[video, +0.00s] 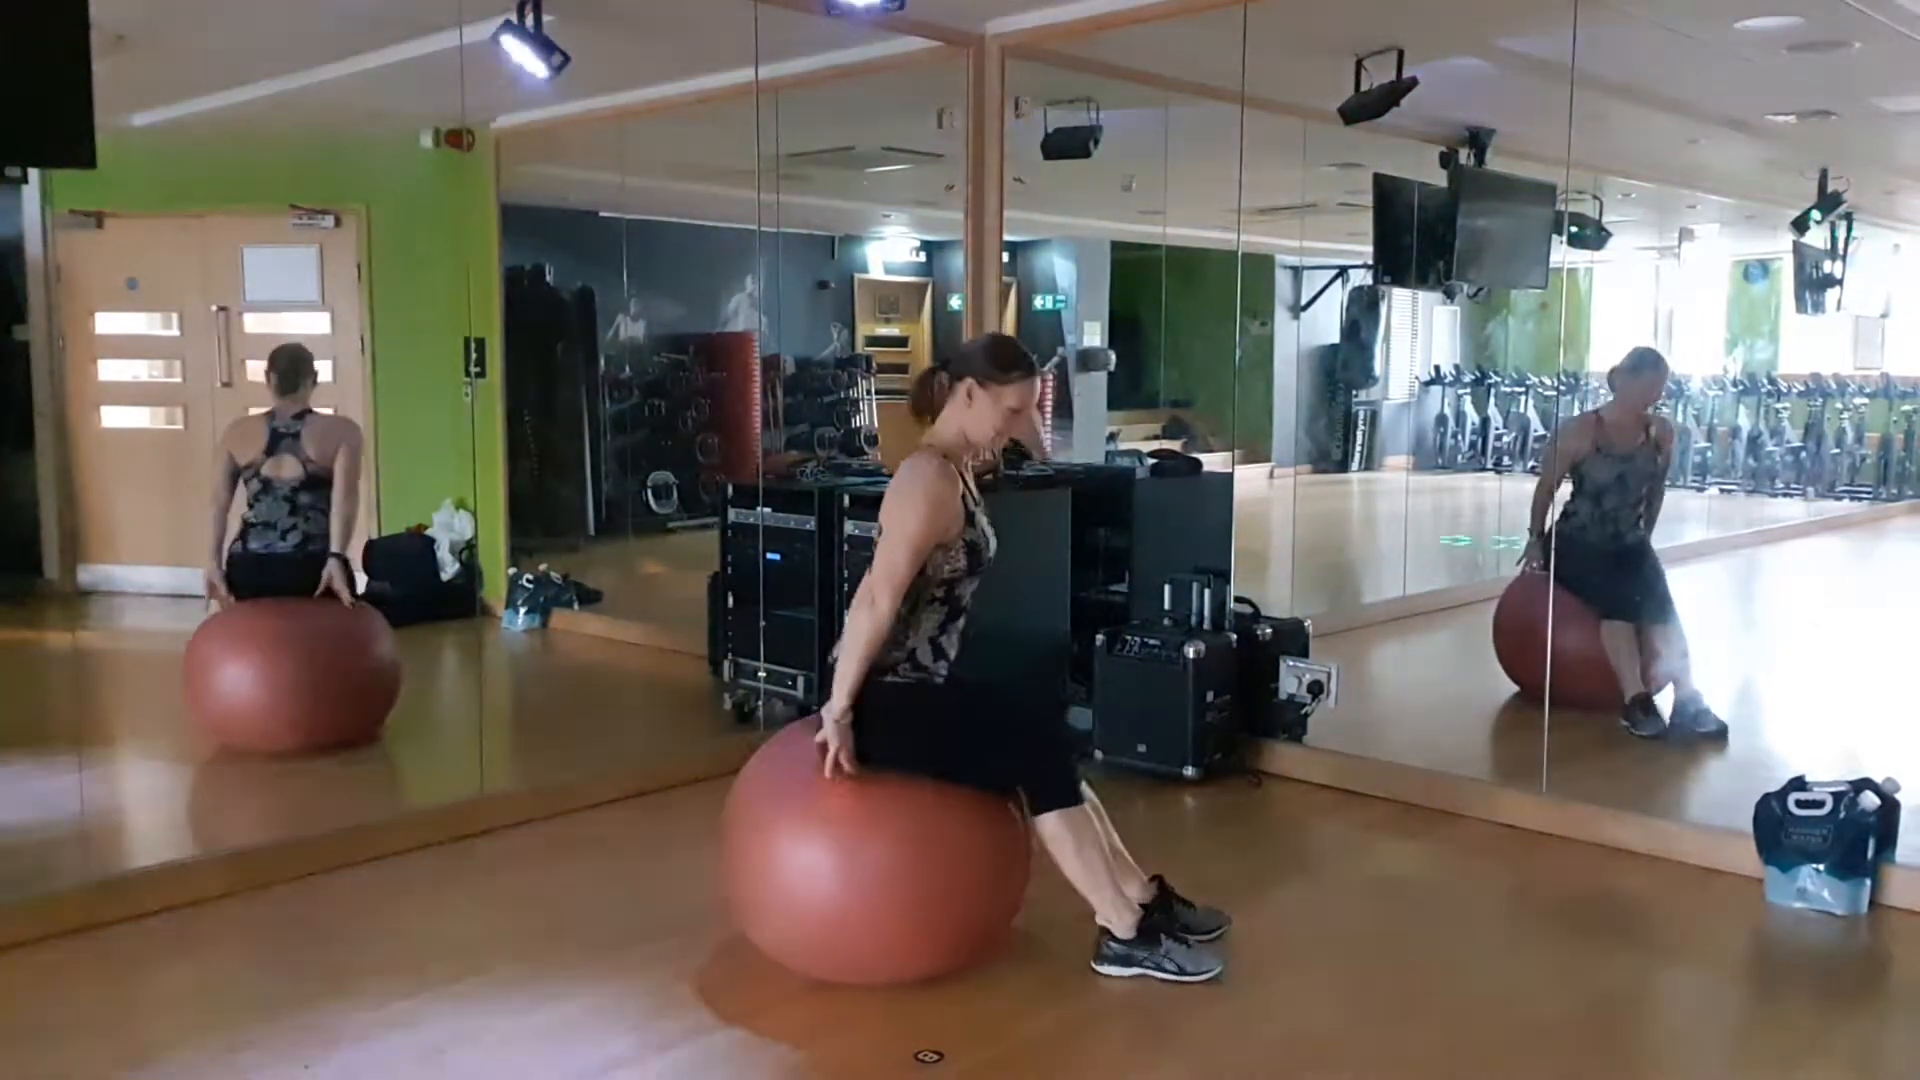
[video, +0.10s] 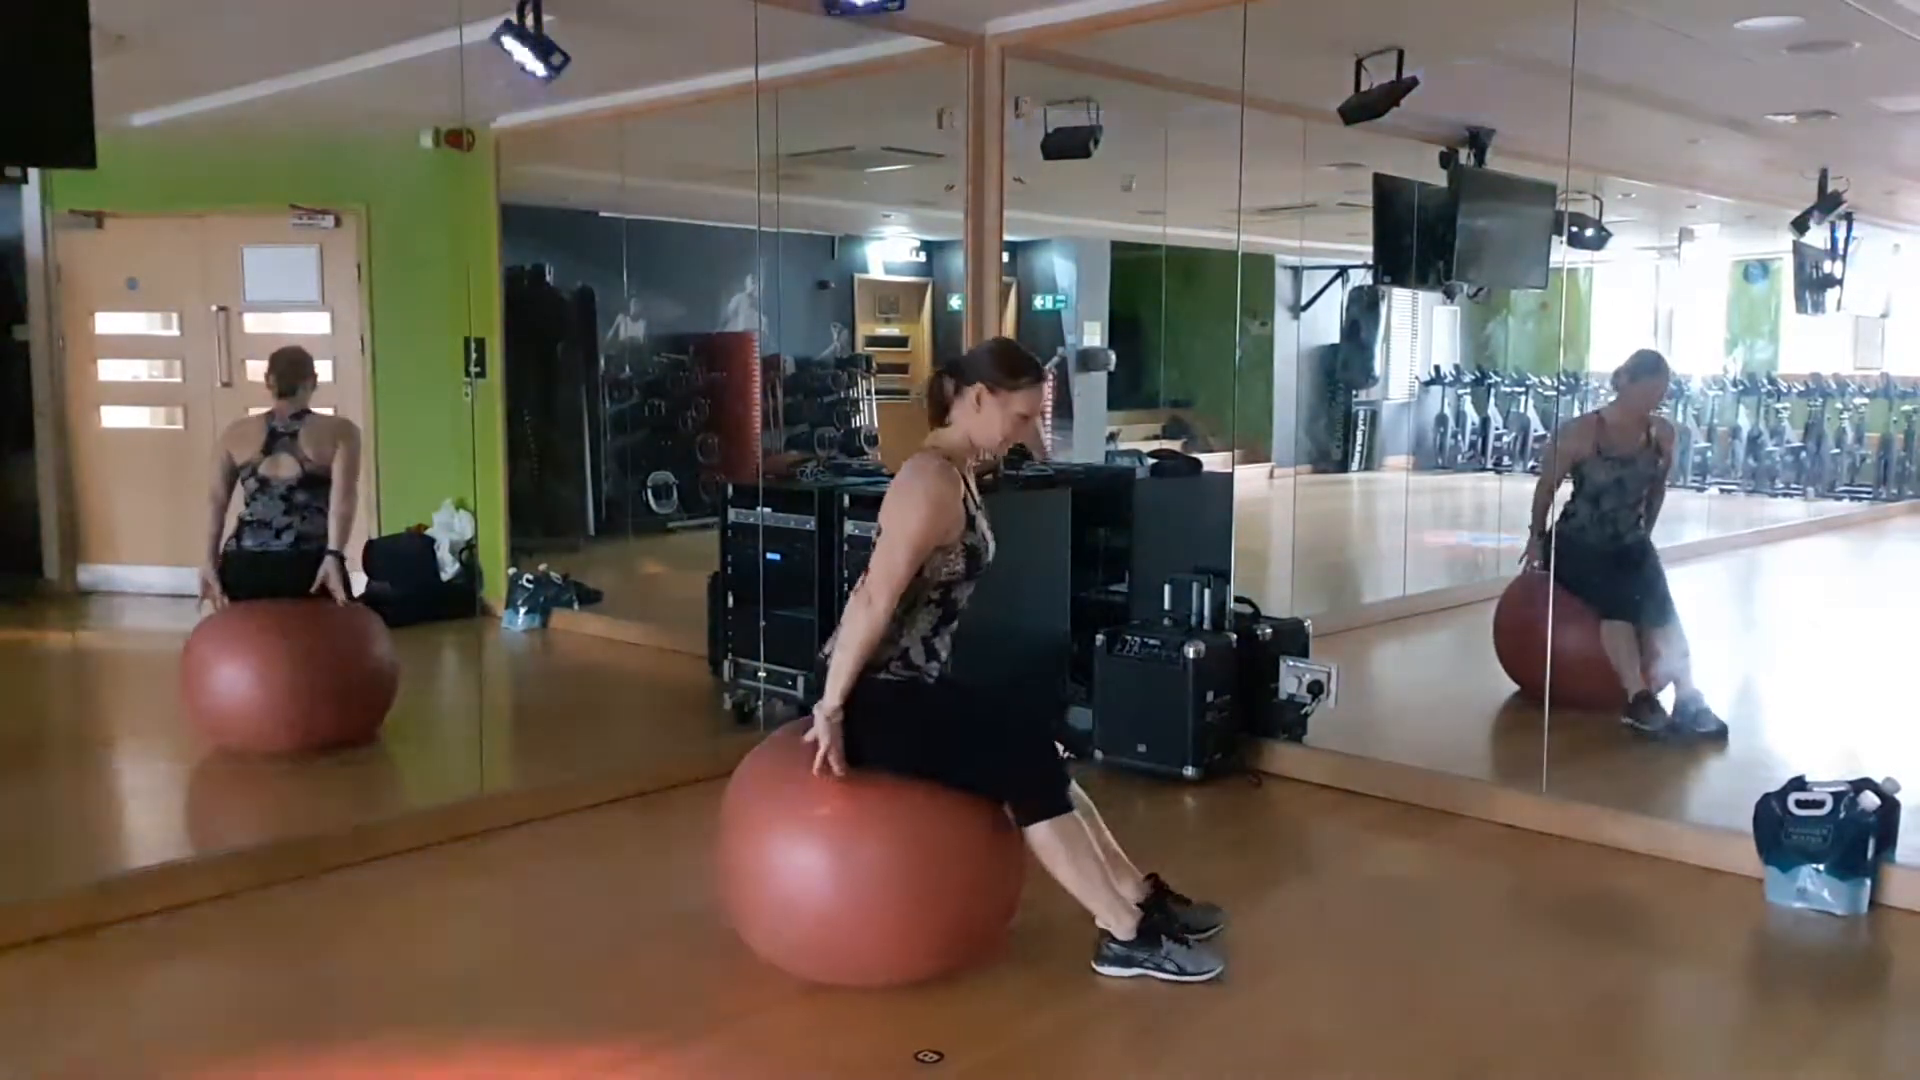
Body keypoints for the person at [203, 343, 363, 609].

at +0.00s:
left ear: (269, 380)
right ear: (313, 380)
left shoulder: (239, 432)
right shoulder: (341, 431)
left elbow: (219, 504)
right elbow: (343, 495)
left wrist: (213, 563)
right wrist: (337, 555)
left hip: (250, 570)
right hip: (314, 569)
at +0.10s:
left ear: (268, 382)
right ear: (313, 382)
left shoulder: (237, 433)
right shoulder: (339, 432)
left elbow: (217, 503)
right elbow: (341, 499)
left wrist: (209, 563)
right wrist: (334, 554)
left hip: (245, 569)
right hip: (309, 569)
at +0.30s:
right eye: (313, 379)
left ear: (269, 383)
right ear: (311, 381)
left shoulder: (236, 431)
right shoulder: (339, 430)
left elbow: (218, 497)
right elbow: (347, 490)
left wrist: (204, 558)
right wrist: (340, 545)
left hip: (235, 562)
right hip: (305, 563)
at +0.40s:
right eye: (313, 381)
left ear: (271, 383)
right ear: (312, 382)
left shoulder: (236, 430)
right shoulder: (338, 430)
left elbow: (216, 498)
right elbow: (347, 492)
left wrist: (202, 557)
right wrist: (338, 549)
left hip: (234, 561)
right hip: (300, 562)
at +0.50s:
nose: (315, 390)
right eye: (315, 383)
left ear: (273, 383)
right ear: (314, 384)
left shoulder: (235, 430)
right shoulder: (339, 431)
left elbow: (216, 498)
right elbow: (342, 494)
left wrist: (200, 558)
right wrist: (331, 553)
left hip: (232, 559)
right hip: (298, 561)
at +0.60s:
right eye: (313, 386)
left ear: (271, 384)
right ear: (314, 386)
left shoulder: (234, 433)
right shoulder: (338, 433)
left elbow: (213, 499)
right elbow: (342, 494)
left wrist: (199, 560)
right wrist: (331, 555)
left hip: (235, 567)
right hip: (299, 568)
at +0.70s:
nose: (311, 394)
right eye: (310, 388)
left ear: (268, 384)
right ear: (310, 386)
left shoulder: (234, 435)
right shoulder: (334, 433)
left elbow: (213, 507)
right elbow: (339, 500)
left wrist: (203, 570)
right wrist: (329, 557)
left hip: (238, 569)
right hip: (302, 568)